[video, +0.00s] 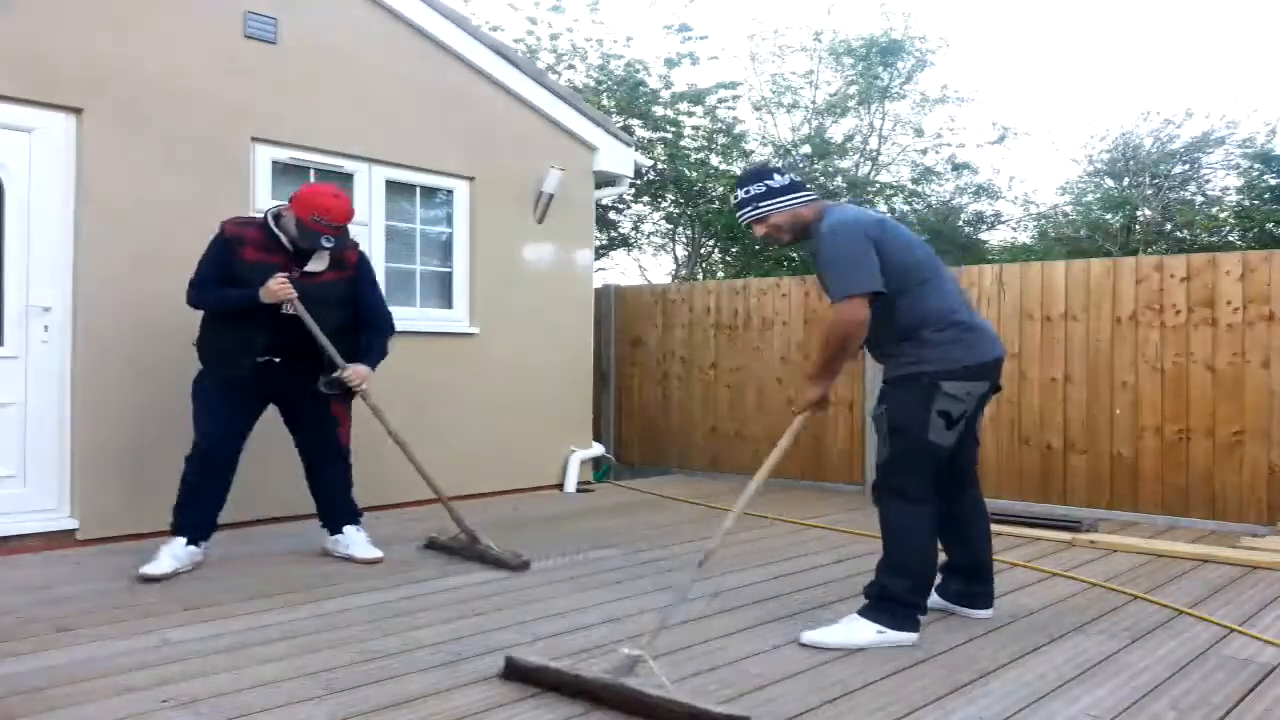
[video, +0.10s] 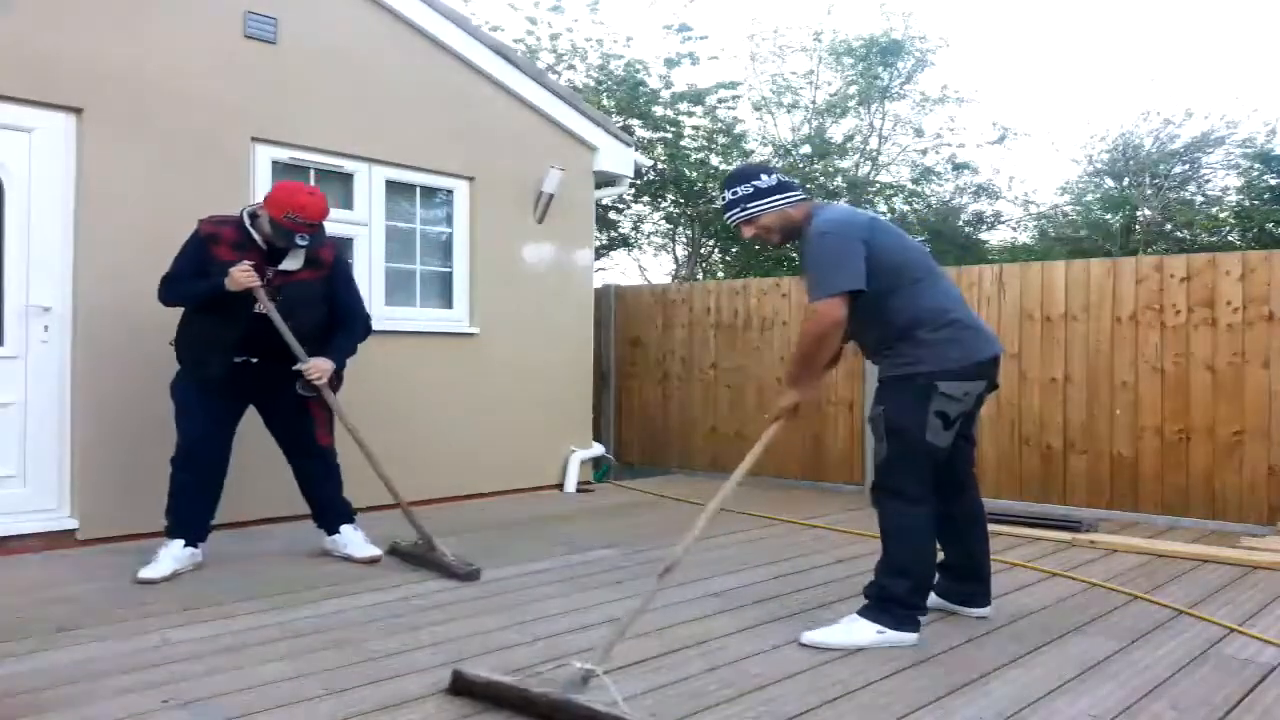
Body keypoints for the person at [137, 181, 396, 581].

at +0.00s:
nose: (318, 249)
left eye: (327, 242)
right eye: (312, 240)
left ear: (338, 230)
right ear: (291, 219)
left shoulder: (349, 260)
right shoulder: (238, 238)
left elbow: (379, 324)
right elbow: (198, 294)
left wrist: (366, 362)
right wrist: (257, 294)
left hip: (309, 374)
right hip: (234, 370)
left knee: (328, 449)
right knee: (212, 451)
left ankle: (344, 530)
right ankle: (188, 541)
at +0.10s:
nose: (294, 247)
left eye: (302, 240)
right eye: (288, 237)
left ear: (313, 229)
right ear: (265, 219)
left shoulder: (325, 258)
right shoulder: (216, 236)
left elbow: (356, 321)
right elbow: (170, 292)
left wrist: (332, 358)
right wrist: (223, 284)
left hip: (284, 372)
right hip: (213, 370)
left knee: (313, 448)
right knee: (197, 452)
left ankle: (340, 529)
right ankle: (184, 542)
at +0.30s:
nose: (250, 242)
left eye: (260, 235)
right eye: (243, 232)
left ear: (272, 223)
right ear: (221, 214)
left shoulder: (289, 254)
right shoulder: (176, 232)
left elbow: (311, 320)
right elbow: (119, 285)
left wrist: (262, 348)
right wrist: (162, 263)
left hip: (262, 362)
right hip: (185, 362)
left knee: (281, 441)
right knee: (184, 452)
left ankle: (297, 526)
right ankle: (183, 541)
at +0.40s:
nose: (238, 245)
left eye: (247, 237)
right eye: (230, 234)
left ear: (261, 224)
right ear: (208, 214)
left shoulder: (279, 253)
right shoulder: (168, 232)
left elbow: (289, 321)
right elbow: (106, 284)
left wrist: (231, 345)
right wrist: (141, 253)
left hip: (251, 363)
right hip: (175, 360)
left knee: (266, 443)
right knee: (179, 451)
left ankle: (264, 524)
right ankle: (182, 541)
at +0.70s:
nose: (230, 243)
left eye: (241, 236)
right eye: (222, 232)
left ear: (257, 222)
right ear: (201, 210)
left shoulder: (270, 251)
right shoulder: (168, 232)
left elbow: (268, 322)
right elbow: (88, 273)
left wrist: (202, 330)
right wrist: (138, 237)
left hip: (242, 361)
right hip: (172, 360)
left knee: (261, 443)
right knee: (172, 451)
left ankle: (272, 526)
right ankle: (177, 543)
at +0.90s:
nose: (247, 246)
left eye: (258, 239)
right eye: (240, 235)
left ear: (271, 226)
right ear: (218, 213)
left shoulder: (283, 252)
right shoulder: (181, 235)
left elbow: (302, 317)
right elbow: (105, 276)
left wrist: (251, 326)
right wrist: (154, 237)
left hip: (256, 361)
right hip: (181, 362)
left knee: (282, 441)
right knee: (179, 452)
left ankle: (302, 524)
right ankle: (182, 542)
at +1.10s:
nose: (292, 241)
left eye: (298, 234)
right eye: (286, 232)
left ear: (306, 226)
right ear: (260, 216)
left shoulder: (313, 254)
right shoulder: (207, 237)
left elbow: (348, 312)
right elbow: (156, 289)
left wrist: (333, 331)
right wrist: (217, 264)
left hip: (279, 368)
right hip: (208, 367)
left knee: (311, 445)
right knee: (195, 453)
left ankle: (332, 522)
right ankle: (183, 543)